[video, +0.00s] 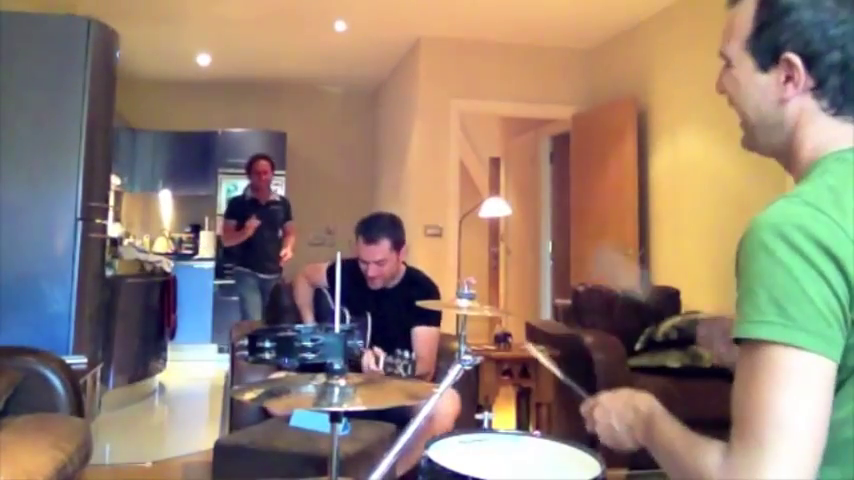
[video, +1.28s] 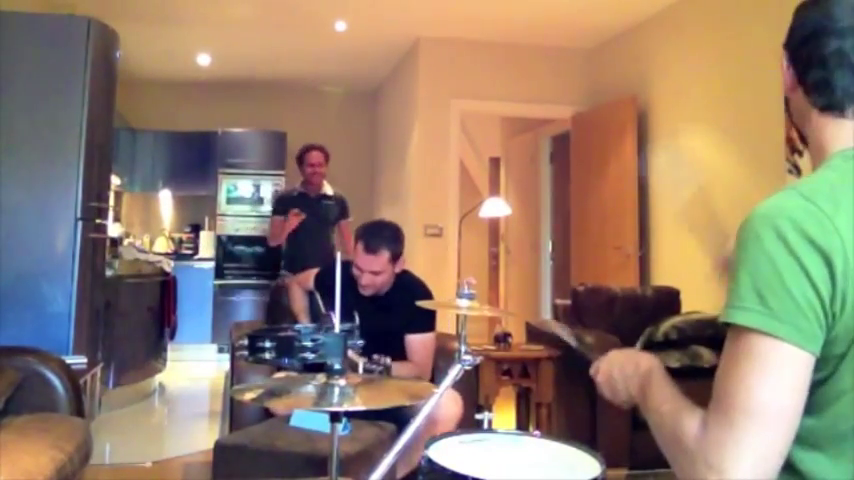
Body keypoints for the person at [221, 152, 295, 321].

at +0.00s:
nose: (262, 178)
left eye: (266, 173)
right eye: (257, 173)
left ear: (272, 175)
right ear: (249, 176)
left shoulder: (281, 204)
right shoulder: (237, 203)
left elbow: (289, 230)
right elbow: (226, 239)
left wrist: (287, 248)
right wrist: (245, 233)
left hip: (273, 271)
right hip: (246, 270)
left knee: (274, 322)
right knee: (254, 323)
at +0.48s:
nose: (274, 174)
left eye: (277, 169)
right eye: (268, 170)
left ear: (284, 170)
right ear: (260, 174)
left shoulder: (293, 203)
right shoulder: (250, 202)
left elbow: (303, 238)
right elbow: (236, 241)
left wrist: (309, 268)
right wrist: (262, 235)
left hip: (284, 276)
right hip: (256, 274)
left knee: (283, 327)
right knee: (260, 326)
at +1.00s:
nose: (299, 173)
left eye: (303, 168)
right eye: (294, 169)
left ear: (309, 171)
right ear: (284, 171)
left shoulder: (316, 202)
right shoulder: (269, 201)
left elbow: (321, 241)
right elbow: (255, 240)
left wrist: (325, 270)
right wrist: (283, 237)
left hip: (305, 279)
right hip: (273, 278)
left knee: (306, 331)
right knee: (275, 333)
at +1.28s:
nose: (316, 170)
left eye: (320, 165)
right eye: (310, 165)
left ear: (326, 168)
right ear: (301, 168)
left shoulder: (337, 201)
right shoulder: (286, 200)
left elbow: (346, 240)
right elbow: (273, 240)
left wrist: (350, 267)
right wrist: (288, 226)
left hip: (325, 276)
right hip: (293, 277)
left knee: (328, 327)